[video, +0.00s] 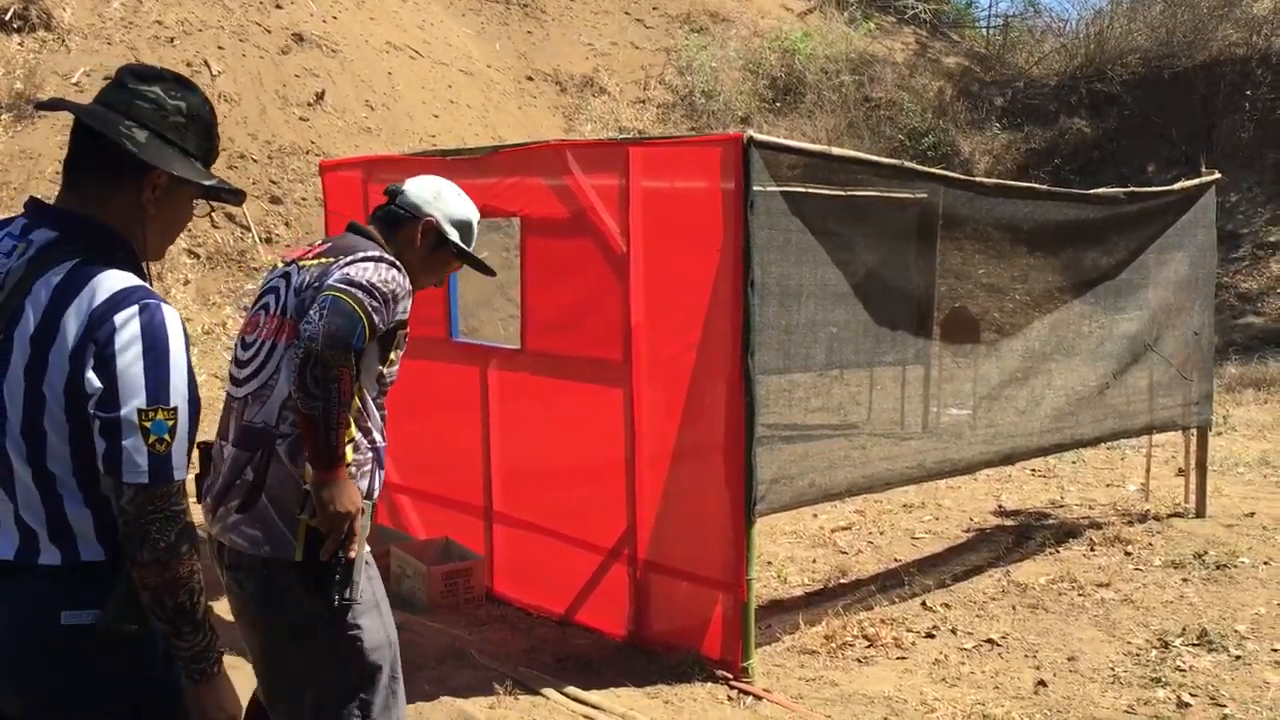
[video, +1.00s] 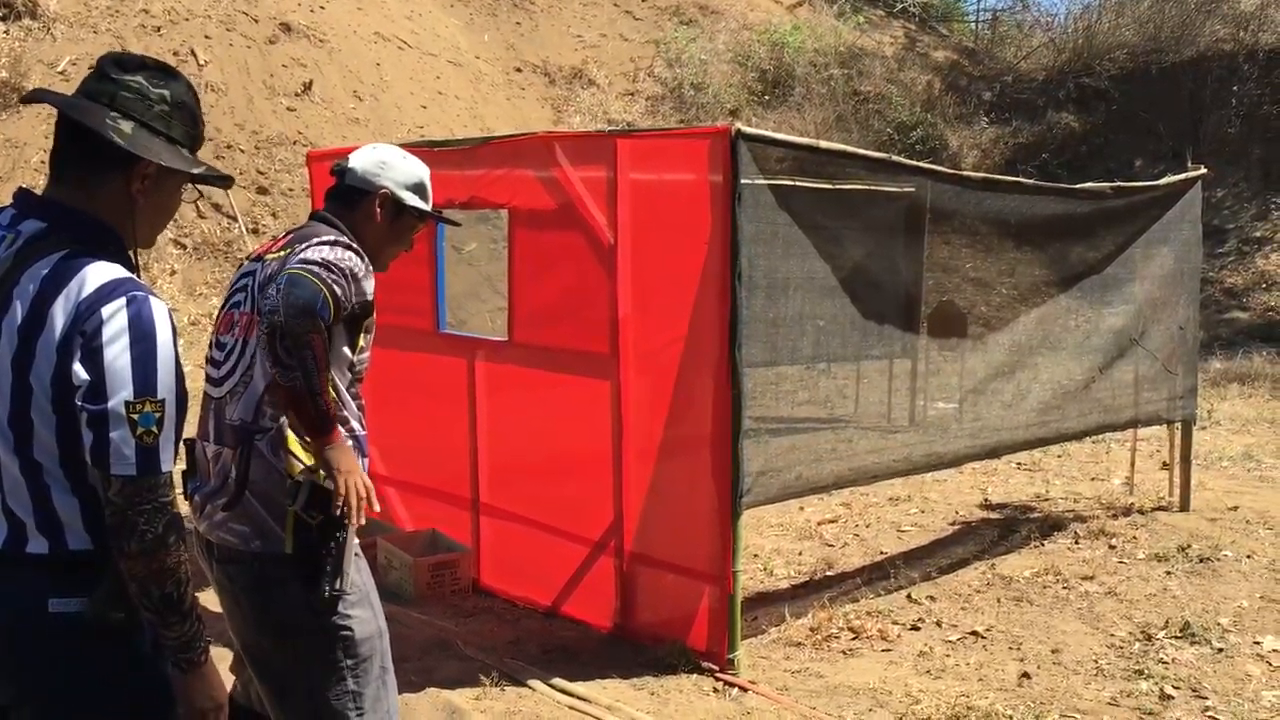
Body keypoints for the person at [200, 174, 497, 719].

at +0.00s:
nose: (444, 281)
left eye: (455, 269)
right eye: (450, 263)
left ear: (397, 224)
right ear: (423, 234)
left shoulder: (301, 264)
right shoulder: (382, 271)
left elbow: (248, 380)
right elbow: (326, 345)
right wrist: (333, 475)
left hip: (249, 540)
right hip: (310, 548)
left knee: (290, 698)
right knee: (363, 704)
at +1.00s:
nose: (412, 245)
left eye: (419, 231)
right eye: (413, 227)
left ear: (344, 201)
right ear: (377, 210)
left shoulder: (271, 256)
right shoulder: (340, 257)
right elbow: (291, 320)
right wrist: (334, 443)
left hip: (237, 529)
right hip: (291, 537)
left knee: (272, 695)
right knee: (356, 702)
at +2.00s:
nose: (391, 213)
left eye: (392, 198)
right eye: (386, 197)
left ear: (315, 194)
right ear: (349, 199)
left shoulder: (248, 262)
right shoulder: (328, 285)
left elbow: (247, 406)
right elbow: (342, 433)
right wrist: (392, 545)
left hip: (211, 527)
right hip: (272, 541)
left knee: (264, 692)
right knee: (350, 700)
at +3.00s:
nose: (399, 222)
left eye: (399, 208)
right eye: (393, 207)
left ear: (331, 204)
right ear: (353, 208)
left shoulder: (259, 267)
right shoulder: (332, 288)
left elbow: (268, 407)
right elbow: (347, 435)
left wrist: (329, 497)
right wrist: (395, 547)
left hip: (218, 533)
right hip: (276, 544)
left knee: (277, 695)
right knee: (359, 699)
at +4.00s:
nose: (405, 222)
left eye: (406, 208)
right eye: (399, 207)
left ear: (339, 203)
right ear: (360, 207)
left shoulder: (267, 267)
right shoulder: (339, 288)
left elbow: (276, 406)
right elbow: (354, 432)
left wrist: (336, 496)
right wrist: (403, 546)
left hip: (222, 529)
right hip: (281, 541)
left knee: (285, 690)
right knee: (365, 697)